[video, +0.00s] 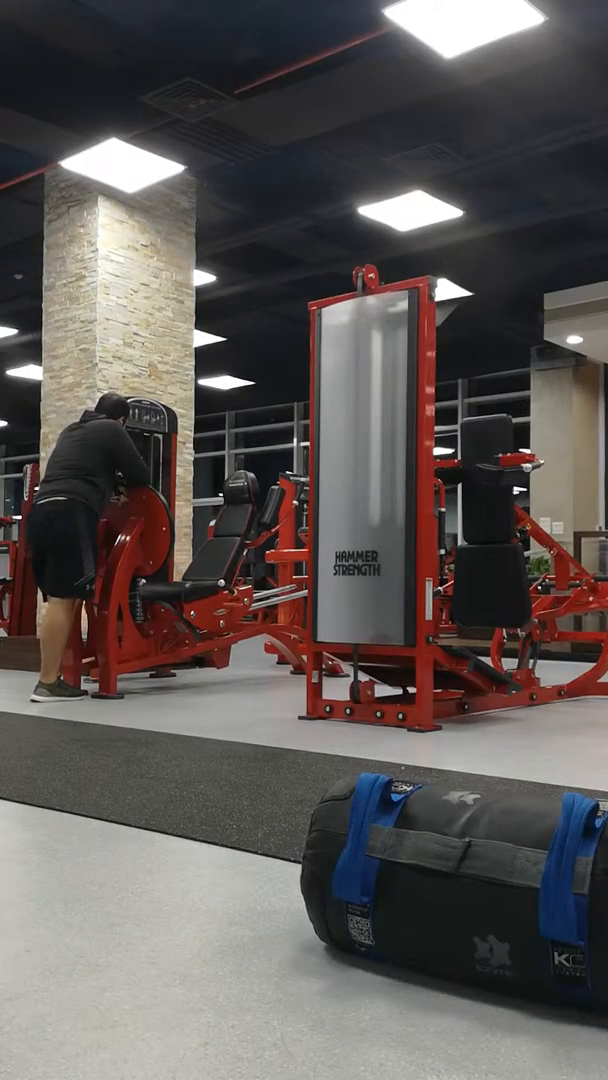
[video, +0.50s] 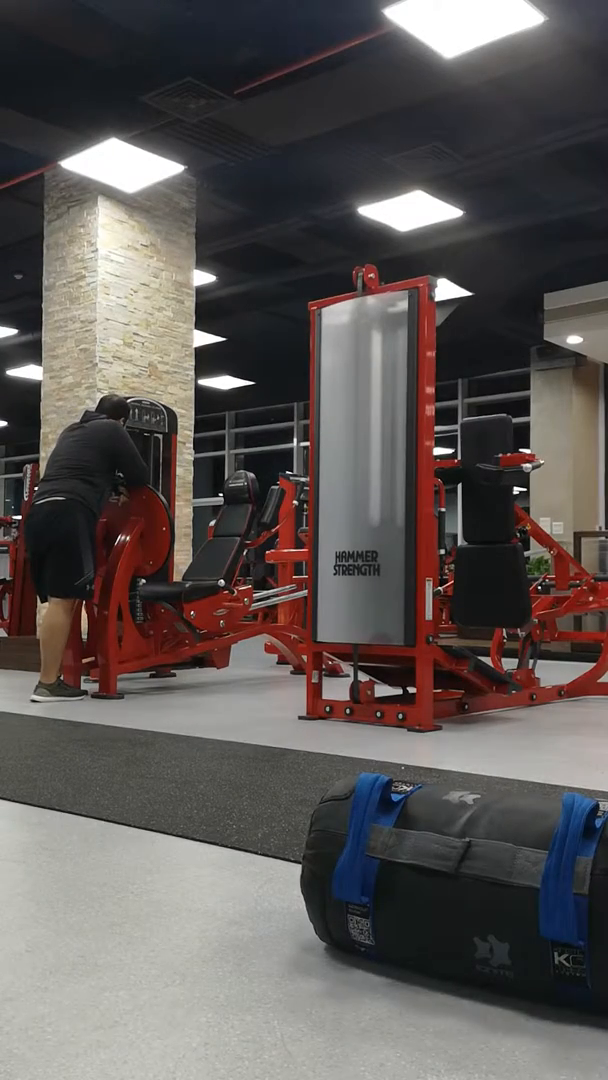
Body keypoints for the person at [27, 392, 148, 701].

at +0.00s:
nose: (124, 425)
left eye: (124, 422)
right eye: (125, 422)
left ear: (97, 413)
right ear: (121, 419)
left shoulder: (70, 430)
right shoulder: (113, 430)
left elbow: (75, 468)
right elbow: (141, 477)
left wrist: (109, 483)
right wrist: (113, 474)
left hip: (41, 511)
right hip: (68, 511)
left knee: (56, 599)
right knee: (60, 600)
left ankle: (51, 678)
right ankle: (48, 682)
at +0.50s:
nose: (124, 426)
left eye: (124, 422)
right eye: (125, 422)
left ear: (97, 413)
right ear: (121, 419)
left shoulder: (70, 430)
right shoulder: (114, 430)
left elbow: (75, 468)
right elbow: (140, 478)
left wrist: (109, 486)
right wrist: (113, 475)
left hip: (39, 511)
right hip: (67, 510)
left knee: (54, 600)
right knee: (60, 601)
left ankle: (50, 679)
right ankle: (48, 682)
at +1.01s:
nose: (125, 427)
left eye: (124, 423)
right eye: (126, 423)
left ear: (98, 413)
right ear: (121, 420)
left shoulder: (71, 430)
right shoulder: (113, 430)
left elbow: (78, 468)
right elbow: (140, 478)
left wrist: (111, 487)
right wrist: (118, 479)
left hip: (39, 512)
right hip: (66, 511)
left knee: (57, 600)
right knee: (61, 601)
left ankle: (50, 679)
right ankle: (48, 682)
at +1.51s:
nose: (126, 427)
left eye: (126, 424)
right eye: (127, 423)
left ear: (99, 414)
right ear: (122, 420)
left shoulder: (71, 431)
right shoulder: (113, 431)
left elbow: (75, 469)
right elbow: (141, 478)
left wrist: (109, 486)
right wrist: (114, 474)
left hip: (40, 512)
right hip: (66, 511)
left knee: (63, 600)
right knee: (62, 600)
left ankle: (51, 678)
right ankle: (48, 682)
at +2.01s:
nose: (126, 427)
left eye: (126, 423)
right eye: (127, 423)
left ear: (99, 414)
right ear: (122, 419)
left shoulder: (71, 431)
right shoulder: (114, 431)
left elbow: (76, 470)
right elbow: (140, 478)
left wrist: (110, 486)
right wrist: (114, 477)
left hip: (42, 511)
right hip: (68, 510)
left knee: (60, 600)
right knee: (64, 600)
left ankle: (50, 678)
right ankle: (48, 682)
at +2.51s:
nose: (126, 426)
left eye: (126, 423)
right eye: (127, 423)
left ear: (99, 413)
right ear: (122, 419)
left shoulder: (71, 431)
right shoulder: (113, 431)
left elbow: (75, 470)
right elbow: (140, 478)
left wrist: (110, 487)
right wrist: (113, 476)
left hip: (42, 512)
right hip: (69, 511)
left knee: (59, 600)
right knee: (65, 600)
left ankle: (51, 678)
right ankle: (48, 682)